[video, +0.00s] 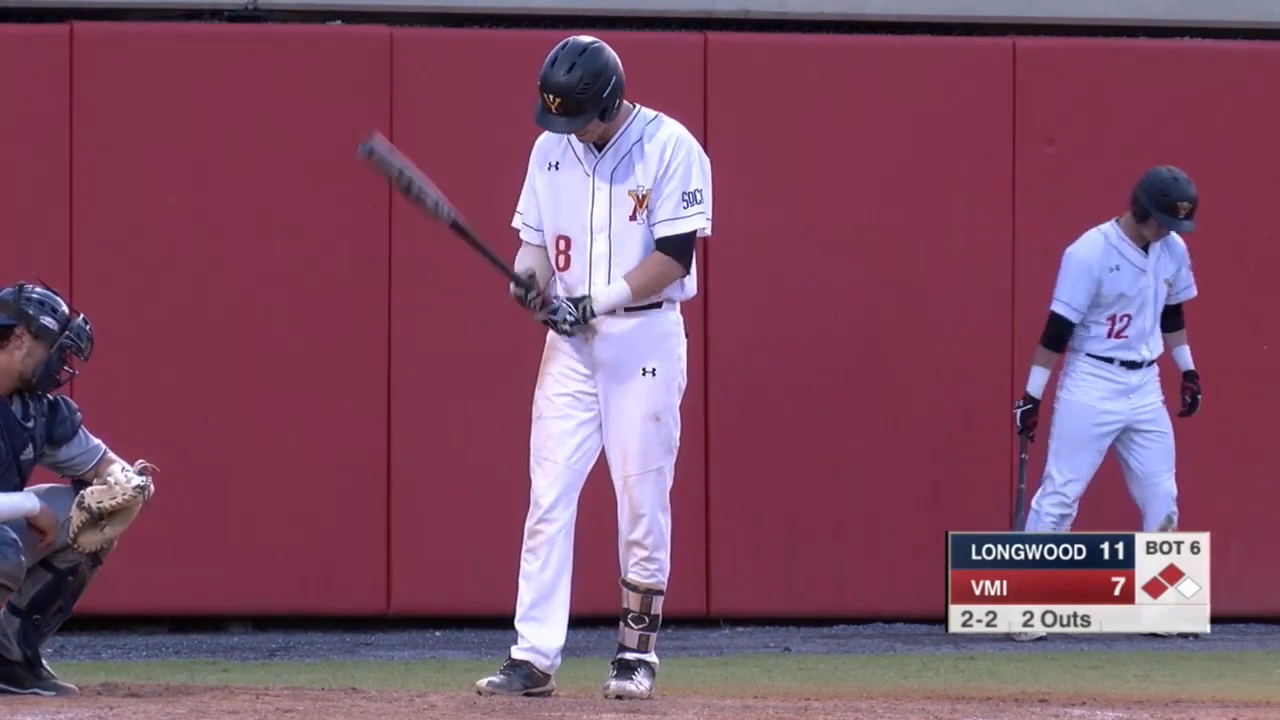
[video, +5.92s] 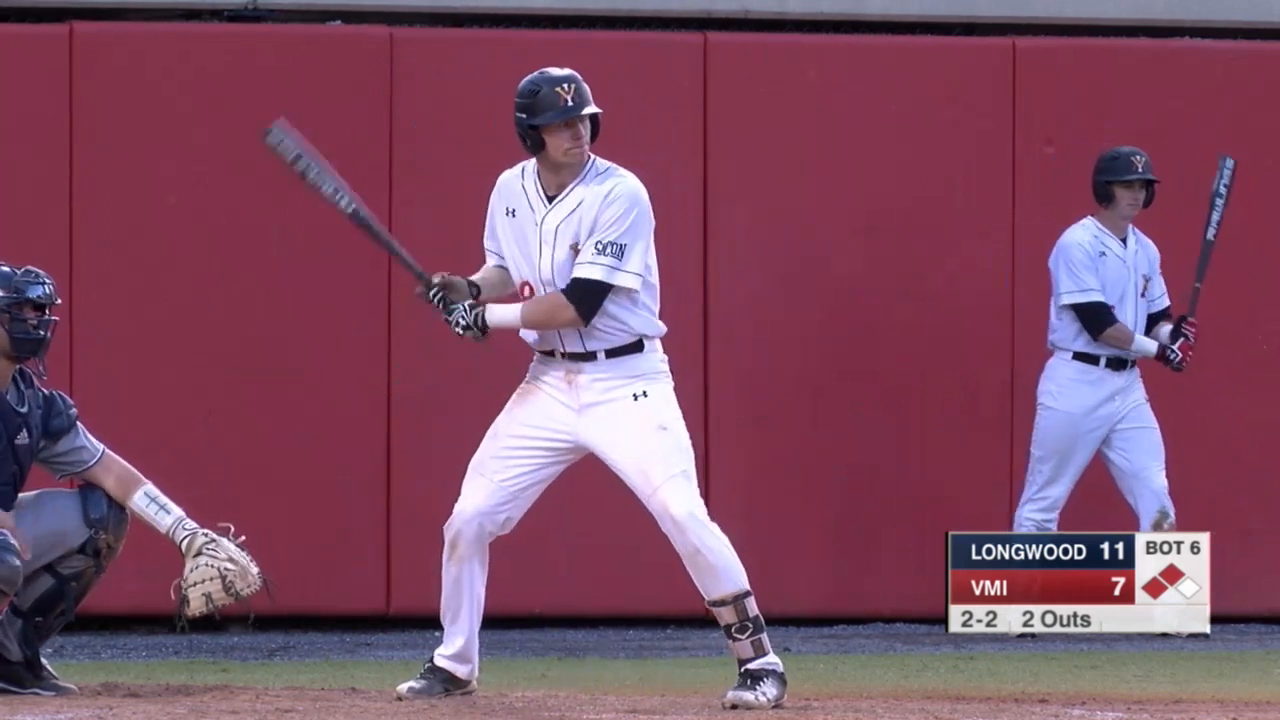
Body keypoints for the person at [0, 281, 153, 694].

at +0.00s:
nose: (62, 361)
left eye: (65, 351)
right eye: (56, 348)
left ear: (23, 341)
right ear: (20, 339)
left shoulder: (40, 410)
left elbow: (99, 461)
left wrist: (128, 480)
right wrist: (26, 504)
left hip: (9, 521)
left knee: (96, 512)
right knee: (7, 549)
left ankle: (14, 651)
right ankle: (7, 655)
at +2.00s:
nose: (38, 328)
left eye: (41, 318)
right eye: (23, 319)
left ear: (48, 325)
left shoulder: (37, 406)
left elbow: (97, 461)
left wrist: (125, 484)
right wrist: (27, 505)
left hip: (9, 522)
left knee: (96, 511)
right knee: (11, 545)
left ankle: (15, 652)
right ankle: (8, 653)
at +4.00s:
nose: (30, 339)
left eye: (38, 331)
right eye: (20, 327)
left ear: (48, 336)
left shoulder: (39, 408)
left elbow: (106, 469)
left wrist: (159, 498)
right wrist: (4, 463)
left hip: (6, 535)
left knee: (94, 510)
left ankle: (14, 650)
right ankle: (11, 651)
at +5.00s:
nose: (29, 325)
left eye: (34, 315)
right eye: (17, 314)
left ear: (41, 321)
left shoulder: (23, 395)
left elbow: (107, 466)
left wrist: (183, 512)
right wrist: (21, 427)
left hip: (5, 528)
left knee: (98, 515)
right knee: (8, 561)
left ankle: (14, 651)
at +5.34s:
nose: (30, 322)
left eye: (36, 312)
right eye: (19, 311)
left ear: (43, 318)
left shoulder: (33, 401)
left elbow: (106, 469)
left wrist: (188, 531)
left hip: (9, 528)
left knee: (97, 513)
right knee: (7, 563)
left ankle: (14, 652)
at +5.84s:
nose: (32, 322)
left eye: (38, 312)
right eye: (19, 311)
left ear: (47, 317)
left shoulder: (37, 404)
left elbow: (115, 474)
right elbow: (8, 511)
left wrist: (191, 536)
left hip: (3, 527)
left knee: (100, 514)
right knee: (6, 558)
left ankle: (13, 652)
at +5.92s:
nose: (31, 322)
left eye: (37, 312)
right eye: (18, 311)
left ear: (45, 318)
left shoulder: (35, 404)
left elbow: (112, 474)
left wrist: (188, 534)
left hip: (3, 530)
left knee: (99, 514)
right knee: (5, 560)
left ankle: (14, 653)